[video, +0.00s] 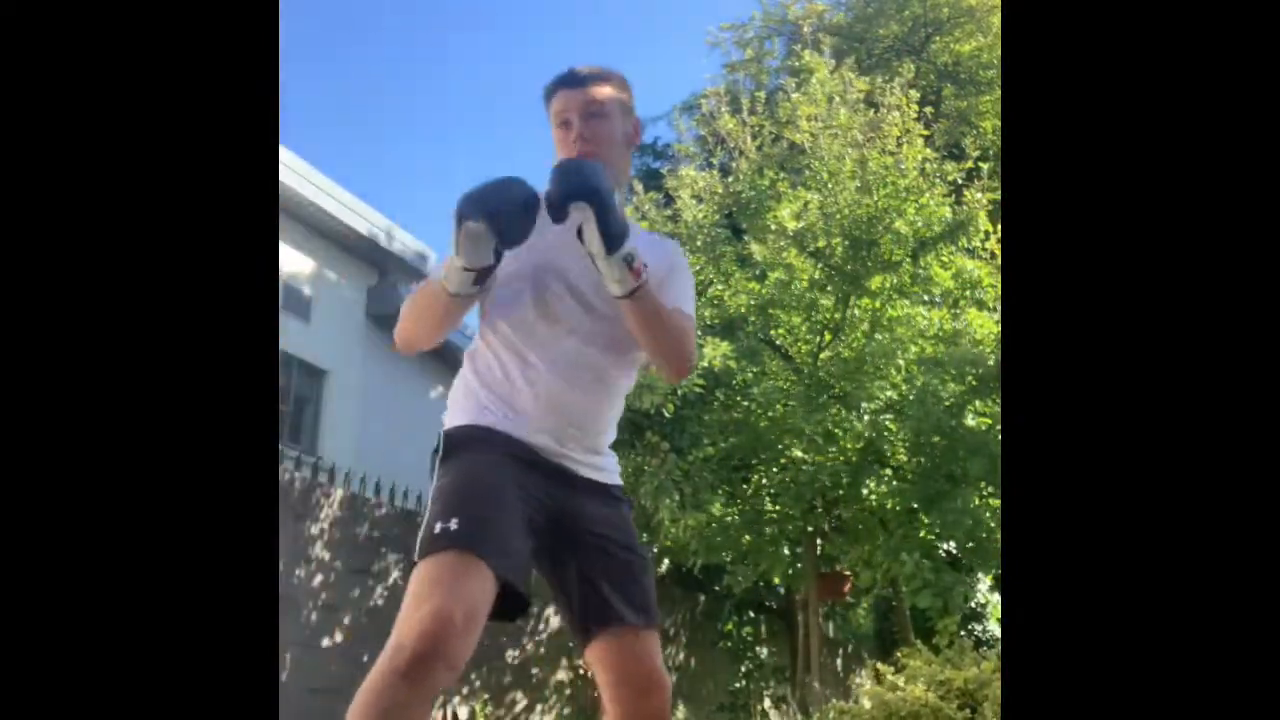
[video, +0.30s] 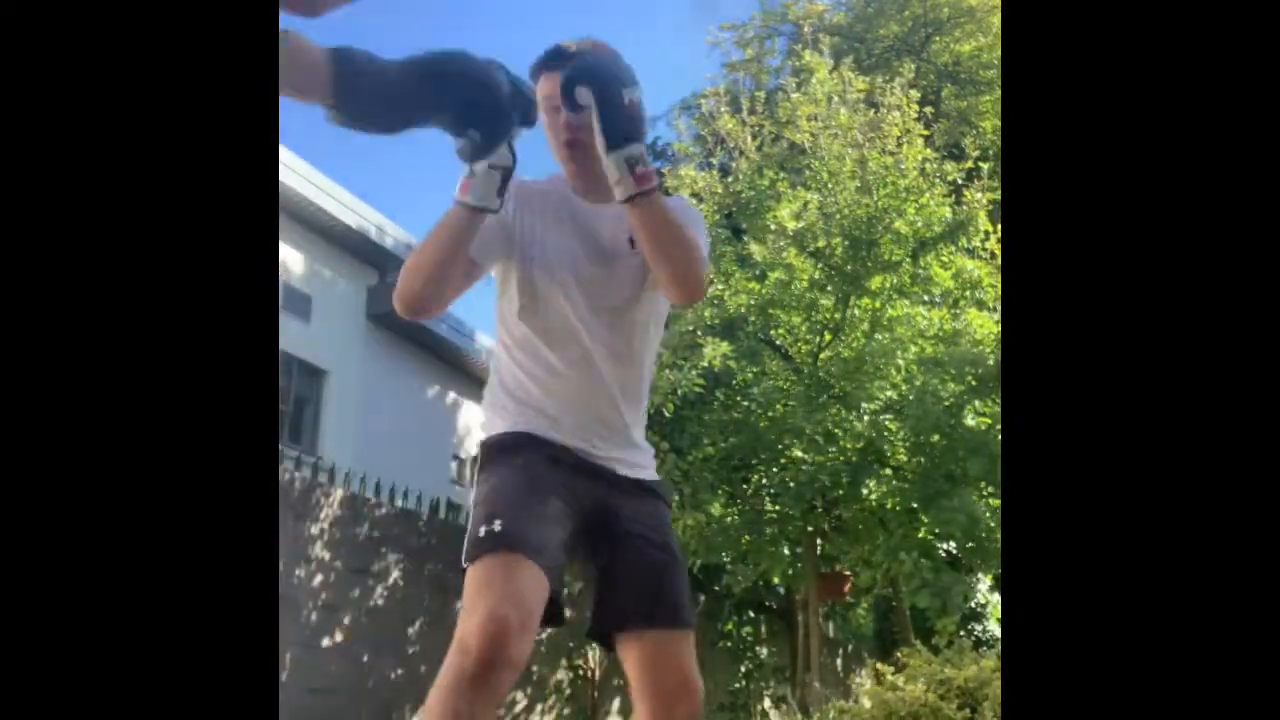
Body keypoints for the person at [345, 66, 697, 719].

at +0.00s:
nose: (579, 129)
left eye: (597, 114)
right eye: (564, 121)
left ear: (635, 133)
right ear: (552, 142)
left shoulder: (660, 252)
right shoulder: (511, 223)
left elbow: (678, 362)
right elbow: (409, 337)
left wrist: (619, 270)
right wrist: (464, 268)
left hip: (591, 469)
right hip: (492, 439)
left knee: (642, 691)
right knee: (432, 642)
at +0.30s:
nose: (568, 119)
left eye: (584, 102)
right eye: (553, 106)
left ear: (625, 109)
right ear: (538, 119)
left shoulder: (667, 211)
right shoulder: (518, 200)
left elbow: (687, 285)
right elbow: (412, 300)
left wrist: (632, 164)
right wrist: (478, 185)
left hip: (628, 468)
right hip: (527, 444)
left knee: (675, 696)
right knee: (492, 645)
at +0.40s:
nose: (590, 151)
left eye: (608, 131)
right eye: (575, 133)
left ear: (635, 130)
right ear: (549, 136)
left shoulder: (677, 221)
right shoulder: (531, 212)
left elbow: (662, 285)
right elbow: (493, 301)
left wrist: (622, 159)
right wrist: (522, 178)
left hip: (641, 473)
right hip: (537, 456)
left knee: (724, 697)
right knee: (492, 643)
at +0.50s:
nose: (643, 151)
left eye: (658, 133)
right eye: (621, 135)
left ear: (679, 143)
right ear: (594, 150)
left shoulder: (707, 249)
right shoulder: (564, 229)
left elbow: (684, 334)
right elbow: (526, 360)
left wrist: (647, 231)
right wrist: (552, 260)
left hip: (655, 488)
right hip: (553, 469)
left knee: (750, 692)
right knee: (503, 646)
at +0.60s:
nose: (667, 169)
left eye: (685, 153)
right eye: (654, 157)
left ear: (724, 172)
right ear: (639, 175)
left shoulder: (742, 281)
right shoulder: (604, 256)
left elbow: (757, 381)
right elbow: (508, 378)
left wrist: (710, 267)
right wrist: (550, 334)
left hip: (687, 491)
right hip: (592, 470)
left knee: (763, 684)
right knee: (552, 639)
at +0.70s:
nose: (691, 158)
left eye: (709, 143)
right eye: (679, 151)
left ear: (749, 161)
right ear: (666, 175)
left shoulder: (779, 277)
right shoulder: (646, 247)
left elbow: (818, 389)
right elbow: (553, 355)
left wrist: (749, 304)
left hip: (736, 498)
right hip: (641, 478)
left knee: (780, 697)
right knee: (573, 681)